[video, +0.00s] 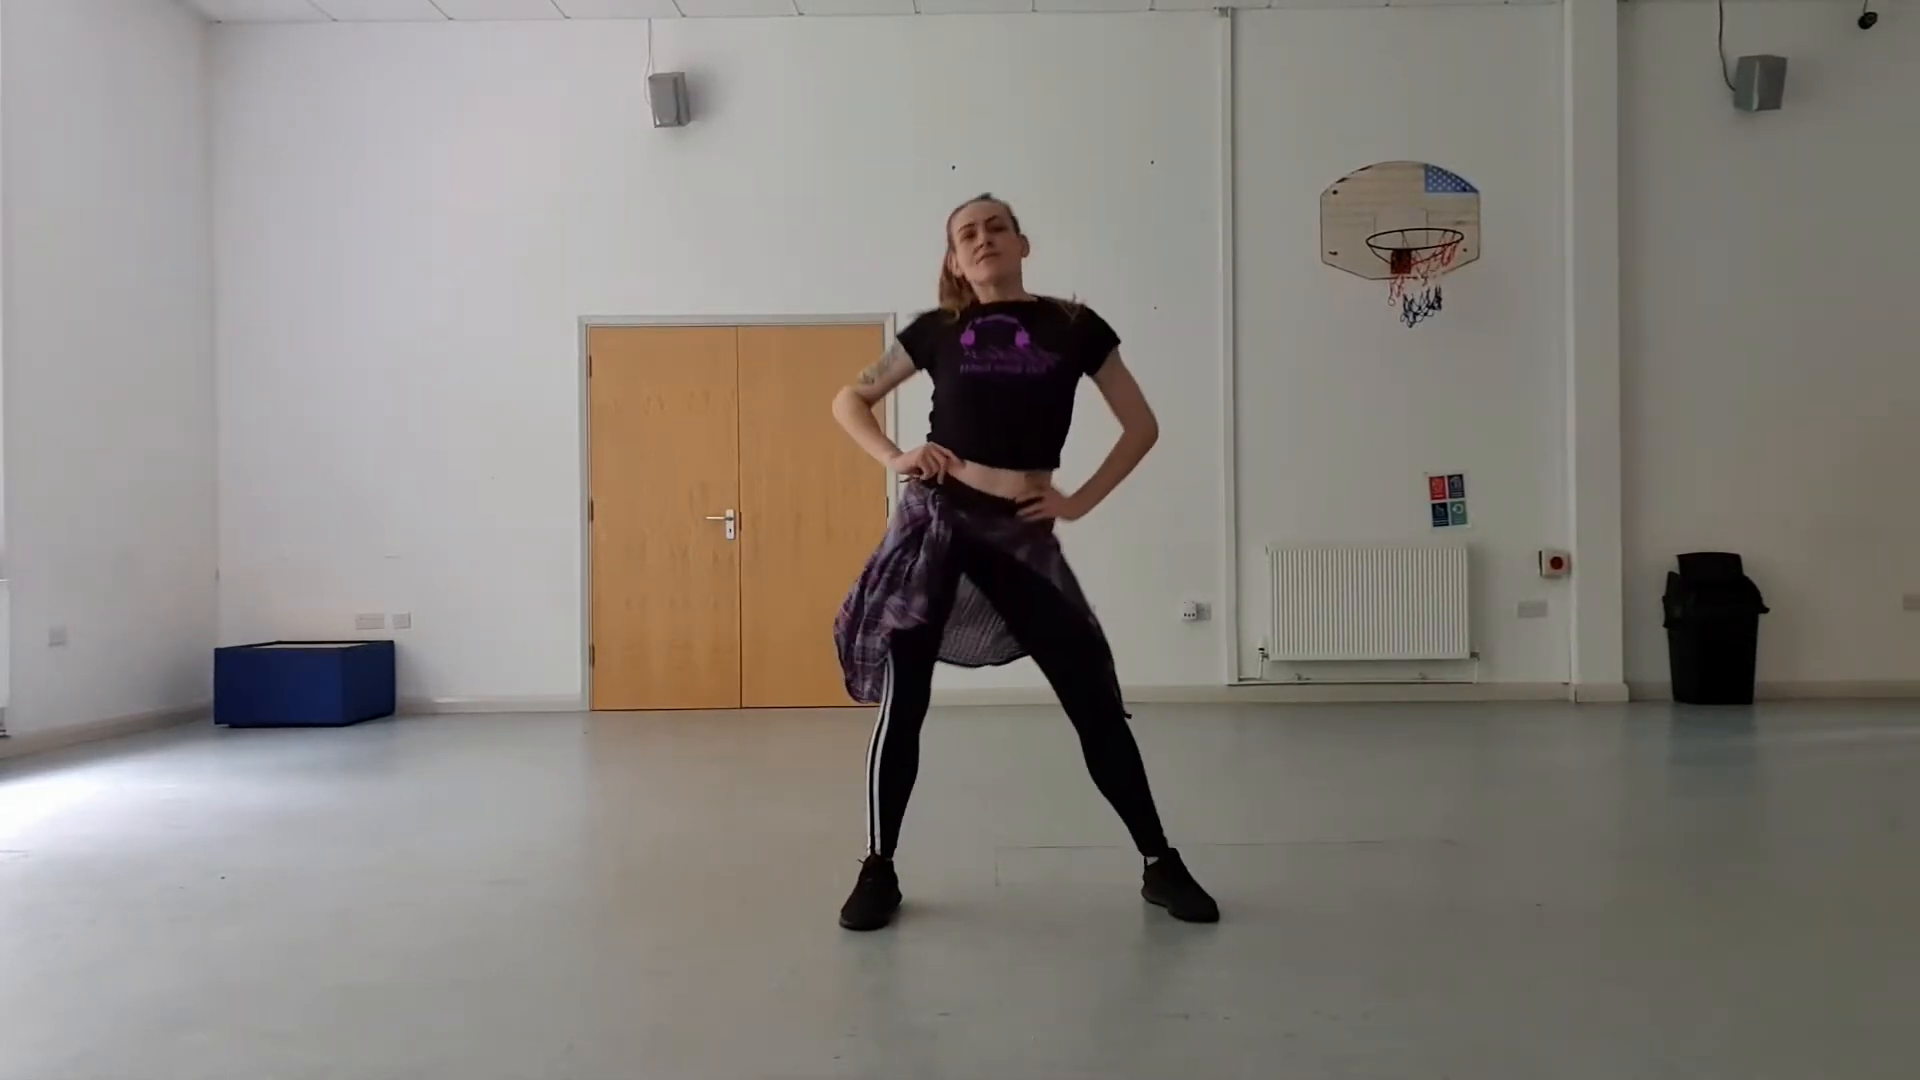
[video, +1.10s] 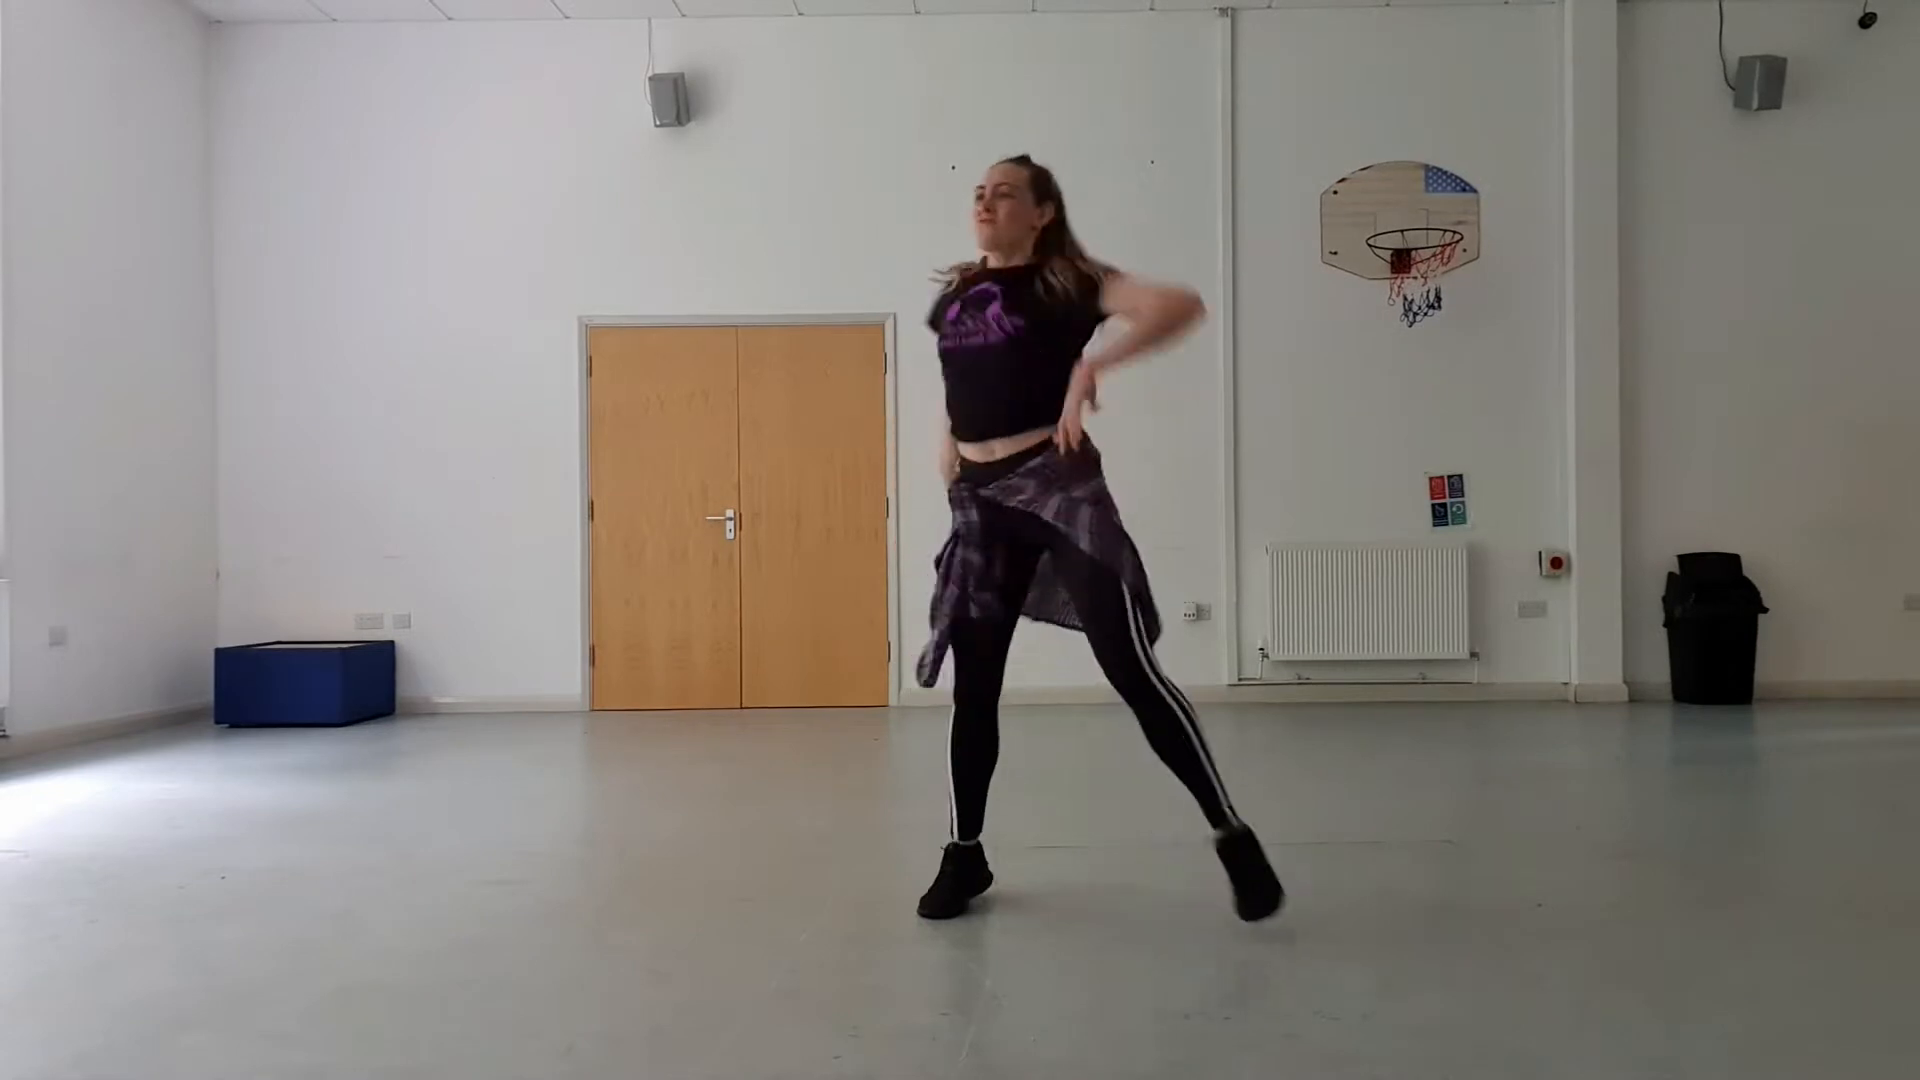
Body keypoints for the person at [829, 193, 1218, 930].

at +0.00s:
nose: (984, 238)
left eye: (996, 226)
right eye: (968, 235)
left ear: (1024, 244)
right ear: (955, 264)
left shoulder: (1074, 327)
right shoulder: (938, 333)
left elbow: (1141, 426)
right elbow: (850, 402)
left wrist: (1082, 501)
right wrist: (894, 457)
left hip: (1023, 530)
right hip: (934, 521)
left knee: (1095, 700)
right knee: (905, 697)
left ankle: (1161, 864)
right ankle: (878, 868)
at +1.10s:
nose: (984, 204)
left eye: (1003, 195)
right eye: (980, 195)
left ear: (1042, 214)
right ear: (974, 213)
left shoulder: (1066, 279)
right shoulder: (961, 294)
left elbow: (1179, 306)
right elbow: (960, 392)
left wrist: (1091, 365)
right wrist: (951, 458)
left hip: (1062, 490)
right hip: (984, 501)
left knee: (1131, 672)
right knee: (974, 685)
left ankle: (1231, 836)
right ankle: (965, 853)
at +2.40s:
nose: (1111, 223)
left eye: (1123, 210)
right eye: (1089, 209)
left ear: (1133, 213)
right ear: (1051, 216)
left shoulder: (1081, 289)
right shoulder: (1056, 284)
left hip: (1107, 524)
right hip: (1048, 528)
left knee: (1229, 694)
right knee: (1048, 768)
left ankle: (1220, 884)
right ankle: (921, 934)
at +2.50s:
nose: (1084, 223)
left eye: (1098, 207)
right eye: (1062, 207)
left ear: (1114, 215)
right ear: (1030, 217)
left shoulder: (1077, 307)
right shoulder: (1009, 291)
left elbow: (1061, 442)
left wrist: (1107, 525)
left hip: (1071, 538)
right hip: (1005, 539)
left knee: (1225, 669)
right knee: (1026, 765)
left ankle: (1177, 874)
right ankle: (921, 933)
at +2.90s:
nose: (997, 177)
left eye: (1014, 160)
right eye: (979, 161)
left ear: (1043, 173)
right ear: (953, 177)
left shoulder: (1081, 263)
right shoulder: (928, 271)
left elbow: (1209, 324)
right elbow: (836, 367)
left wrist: (1122, 361)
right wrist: (902, 343)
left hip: (1051, 507)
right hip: (945, 511)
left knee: (1103, 711)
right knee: (950, 718)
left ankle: (1060, 909)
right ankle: (918, 932)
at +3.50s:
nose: (1074, 283)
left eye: (1089, 270)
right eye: (1059, 270)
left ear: (1109, 281)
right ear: (1034, 282)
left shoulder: (1126, 350)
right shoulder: (1008, 340)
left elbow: (1164, 358)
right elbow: (964, 326)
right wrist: (917, 291)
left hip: (1122, 552)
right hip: (1031, 554)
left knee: (1130, 731)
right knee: (1001, 694)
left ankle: (1121, 883)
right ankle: (968, 848)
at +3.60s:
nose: (1082, 284)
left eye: (1096, 271)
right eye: (1066, 273)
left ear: (1118, 282)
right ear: (1040, 286)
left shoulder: (1134, 359)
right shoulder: (1016, 339)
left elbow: (1219, 346)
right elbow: (934, 330)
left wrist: (1308, 311)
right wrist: (841, 300)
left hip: (1113, 550)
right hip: (1029, 556)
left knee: (1149, 712)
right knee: (1051, 731)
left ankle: (1125, 882)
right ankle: (985, 784)